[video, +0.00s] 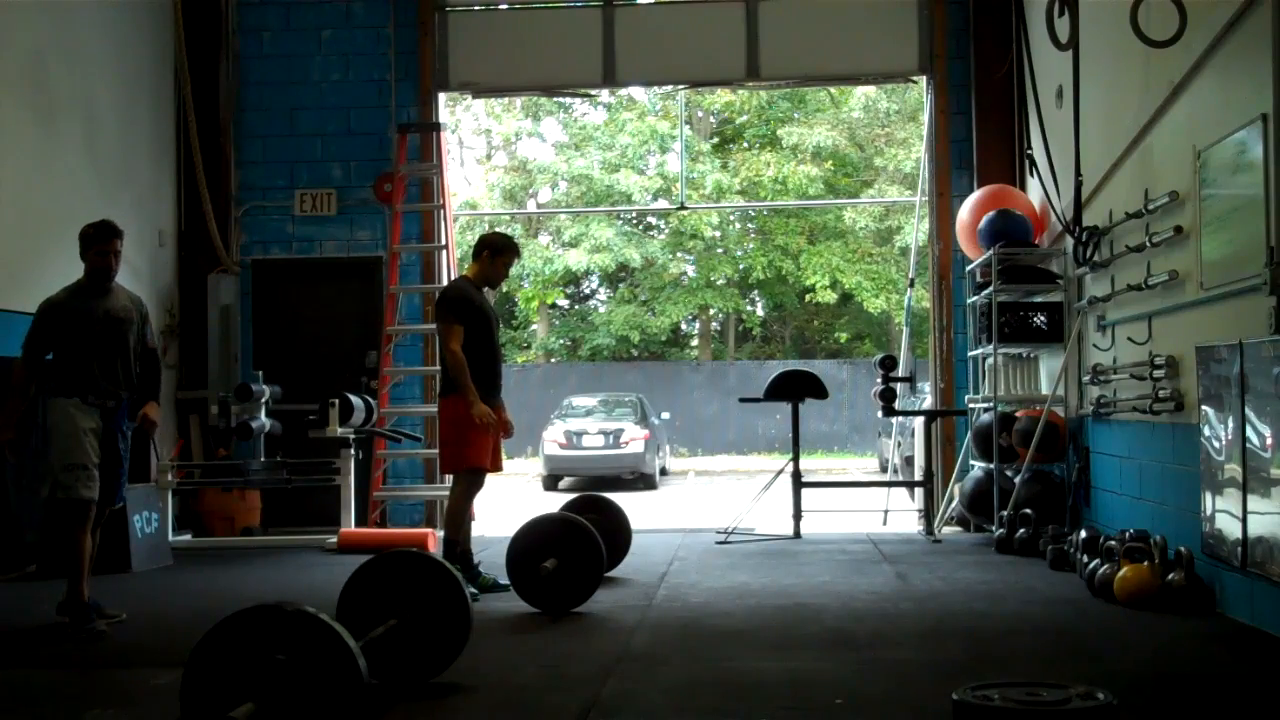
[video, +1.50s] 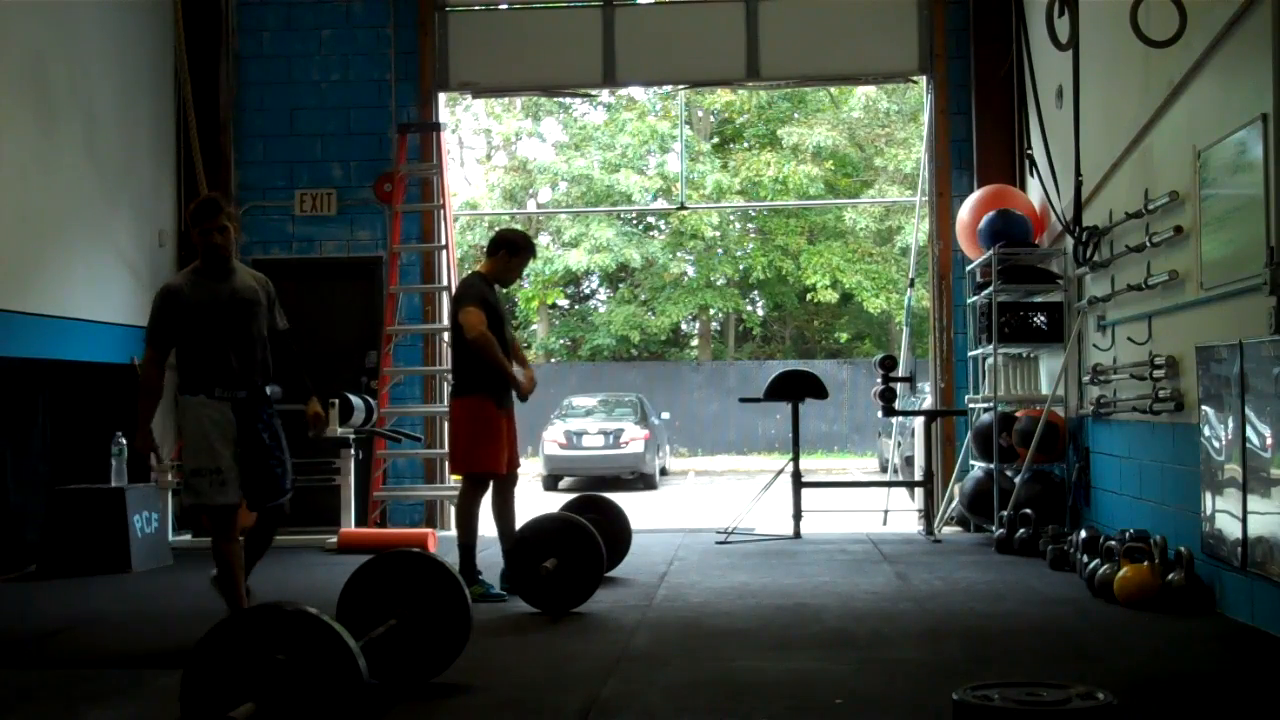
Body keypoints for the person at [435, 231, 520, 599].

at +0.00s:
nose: (507, 275)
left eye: (509, 269)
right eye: (505, 267)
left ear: (492, 261)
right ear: (486, 257)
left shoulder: (479, 298)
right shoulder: (457, 293)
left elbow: (486, 359)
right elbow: (451, 349)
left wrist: (499, 408)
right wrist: (474, 400)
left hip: (483, 404)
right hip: (463, 402)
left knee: (471, 483)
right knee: (466, 482)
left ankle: (464, 566)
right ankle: (453, 568)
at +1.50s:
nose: (520, 276)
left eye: (523, 269)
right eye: (520, 267)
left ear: (503, 258)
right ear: (502, 256)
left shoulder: (492, 294)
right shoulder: (472, 288)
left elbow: (508, 337)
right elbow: (475, 333)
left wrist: (526, 368)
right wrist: (513, 377)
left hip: (497, 401)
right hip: (474, 402)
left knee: (506, 481)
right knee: (475, 484)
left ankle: (514, 568)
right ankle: (469, 576)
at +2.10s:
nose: (554, 281)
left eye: (557, 275)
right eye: (554, 272)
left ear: (537, 259)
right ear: (538, 259)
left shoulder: (529, 301)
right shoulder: (505, 294)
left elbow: (536, 364)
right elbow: (502, 355)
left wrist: (557, 409)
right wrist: (522, 407)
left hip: (530, 402)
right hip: (507, 401)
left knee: (529, 480)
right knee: (516, 478)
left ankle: (524, 567)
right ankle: (481, 568)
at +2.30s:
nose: (561, 281)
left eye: (564, 275)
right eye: (562, 273)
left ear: (544, 260)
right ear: (546, 260)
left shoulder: (533, 298)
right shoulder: (512, 294)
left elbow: (533, 357)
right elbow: (501, 353)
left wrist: (541, 407)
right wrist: (513, 409)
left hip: (534, 404)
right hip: (517, 403)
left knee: (525, 481)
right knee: (521, 480)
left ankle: (521, 567)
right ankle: (494, 570)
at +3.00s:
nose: (573, 283)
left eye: (577, 278)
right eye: (574, 275)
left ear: (557, 260)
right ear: (558, 260)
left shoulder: (539, 296)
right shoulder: (525, 292)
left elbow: (539, 356)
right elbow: (524, 351)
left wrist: (557, 401)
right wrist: (557, 403)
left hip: (535, 401)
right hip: (524, 400)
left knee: (533, 482)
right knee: (530, 481)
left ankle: (525, 573)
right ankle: (520, 575)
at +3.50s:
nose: (586, 288)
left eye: (591, 282)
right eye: (589, 279)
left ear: (568, 262)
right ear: (574, 264)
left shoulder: (546, 296)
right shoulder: (539, 296)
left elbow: (539, 357)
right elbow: (530, 356)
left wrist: (550, 407)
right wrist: (542, 411)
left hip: (539, 404)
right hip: (525, 404)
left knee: (544, 486)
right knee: (521, 487)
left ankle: (553, 567)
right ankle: (520, 574)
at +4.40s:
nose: (627, 383)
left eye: (634, 381)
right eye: (633, 378)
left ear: (629, 355)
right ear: (630, 360)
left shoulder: (596, 364)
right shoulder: (591, 362)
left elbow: (590, 431)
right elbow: (581, 430)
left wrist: (586, 489)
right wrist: (582, 490)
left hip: (522, 410)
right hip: (509, 408)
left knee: (561, 480)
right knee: (557, 482)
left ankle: (550, 552)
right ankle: (546, 553)